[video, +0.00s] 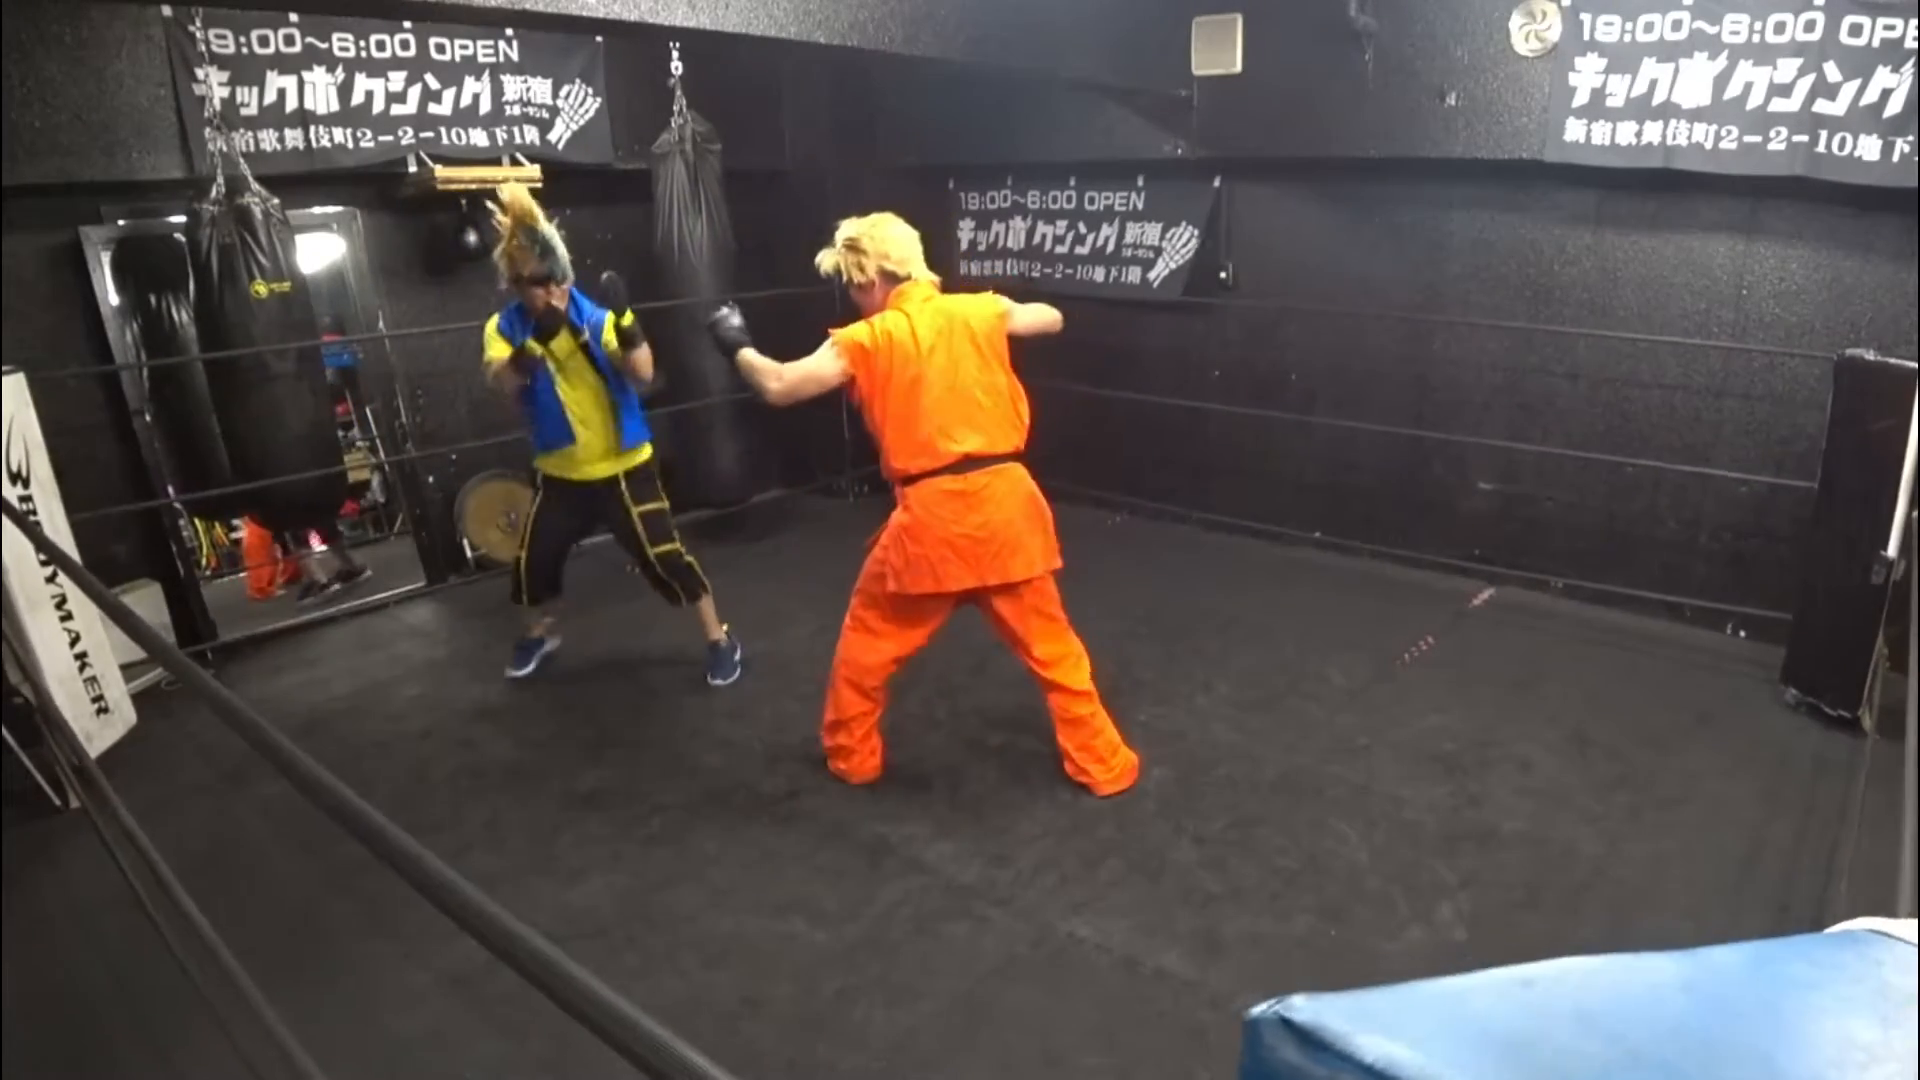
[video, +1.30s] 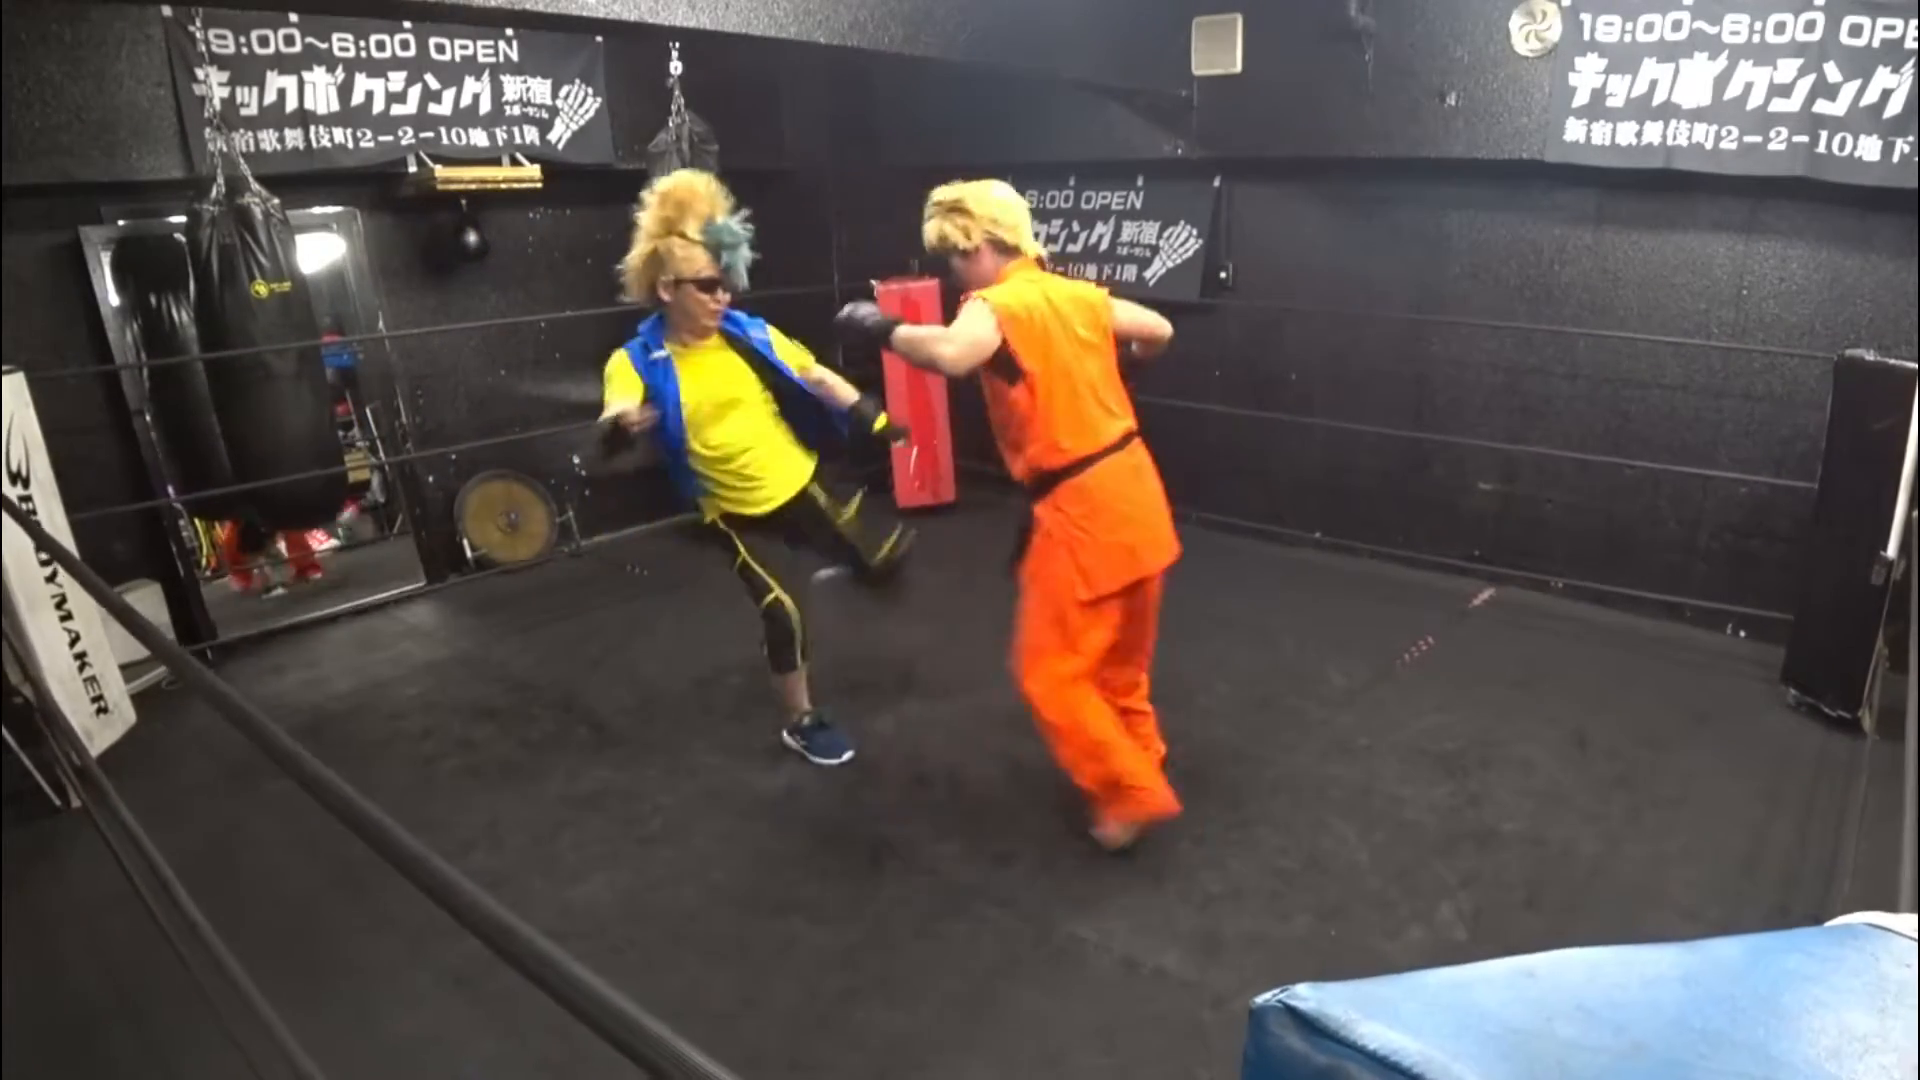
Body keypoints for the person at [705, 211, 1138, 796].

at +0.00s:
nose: (852, 298)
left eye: (854, 285)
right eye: (850, 286)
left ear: (875, 278)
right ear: (914, 269)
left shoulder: (865, 338)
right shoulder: (981, 309)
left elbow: (779, 385)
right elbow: (1052, 318)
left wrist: (738, 345)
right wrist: (991, 315)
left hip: (931, 514)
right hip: (1010, 497)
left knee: (872, 629)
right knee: (1050, 637)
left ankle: (853, 755)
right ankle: (1103, 765)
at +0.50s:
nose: (847, 280)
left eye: (847, 267)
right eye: (843, 269)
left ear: (867, 260)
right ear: (912, 249)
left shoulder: (865, 312)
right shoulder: (975, 293)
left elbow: (806, 369)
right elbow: (1072, 323)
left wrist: (749, 386)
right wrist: (1062, 371)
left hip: (932, 496)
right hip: (1010, 481)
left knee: (881, 633)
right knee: (1040, 629)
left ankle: (849, 754)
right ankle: (1098, 762)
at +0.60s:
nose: (850, 271)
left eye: (850, 258)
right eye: (847, 259)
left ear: (870, 248)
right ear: (913, 237)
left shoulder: (873, 298)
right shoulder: (973, 275)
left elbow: (897, 331)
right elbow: (1069, 294)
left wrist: (880, 395)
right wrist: (1077, 381)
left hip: (953, 481)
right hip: (1026, 465)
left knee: (898, 628)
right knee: (1049, 625)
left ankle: (862, 752)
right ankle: (1098, 760)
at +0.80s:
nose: (874, 281)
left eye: (875, 267)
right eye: (870, 268)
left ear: (897, 253)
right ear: (938, 249)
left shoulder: (910, 307)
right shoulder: (999, 301)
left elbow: (920, 398)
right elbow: (1070, 371)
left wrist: (859, 399)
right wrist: (1016, 422)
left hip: (979, 500)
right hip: (1047, 485)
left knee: (917, 640)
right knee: (1063, 641)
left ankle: (915, 772)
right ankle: (1102, 761)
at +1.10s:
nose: (927, 273)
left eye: (927, 257)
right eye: (922, 260)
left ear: (952, 243)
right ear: (983, 237)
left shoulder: (969, 312)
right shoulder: (1049, 283)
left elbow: (968, 428)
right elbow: (1123, 354)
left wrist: (906, 429)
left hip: (1029, 507)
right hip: (1093, 492)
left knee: (949, 636)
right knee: (1067, 642)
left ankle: (913, 763)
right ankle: (1109, 759)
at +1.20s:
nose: (941, 274)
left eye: (941, 256)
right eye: (935, 260)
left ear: (970, 239)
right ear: (996, 234)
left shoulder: (983, 298)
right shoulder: (1068, 277)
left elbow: (960, 374)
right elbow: (1148, 321)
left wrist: (891, 365)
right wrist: (1096, 355)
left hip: (1053, 508)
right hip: (1116, 489)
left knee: (993, 642)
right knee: (1094, 636)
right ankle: (1127, 751)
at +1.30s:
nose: (954, 275)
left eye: (956, 258)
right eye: (949, 261)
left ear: (988, 245)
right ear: (1018, 243)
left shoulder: (991, 306)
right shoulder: (1082, 295)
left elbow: (954, 355)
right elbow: (1158, 330)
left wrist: (883, 327)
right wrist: (1110, 350)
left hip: (1080, 518)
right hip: (1141, 505)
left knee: (1046, 666)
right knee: (1124, 664)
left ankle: (1127, 792)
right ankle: (1143, 780)